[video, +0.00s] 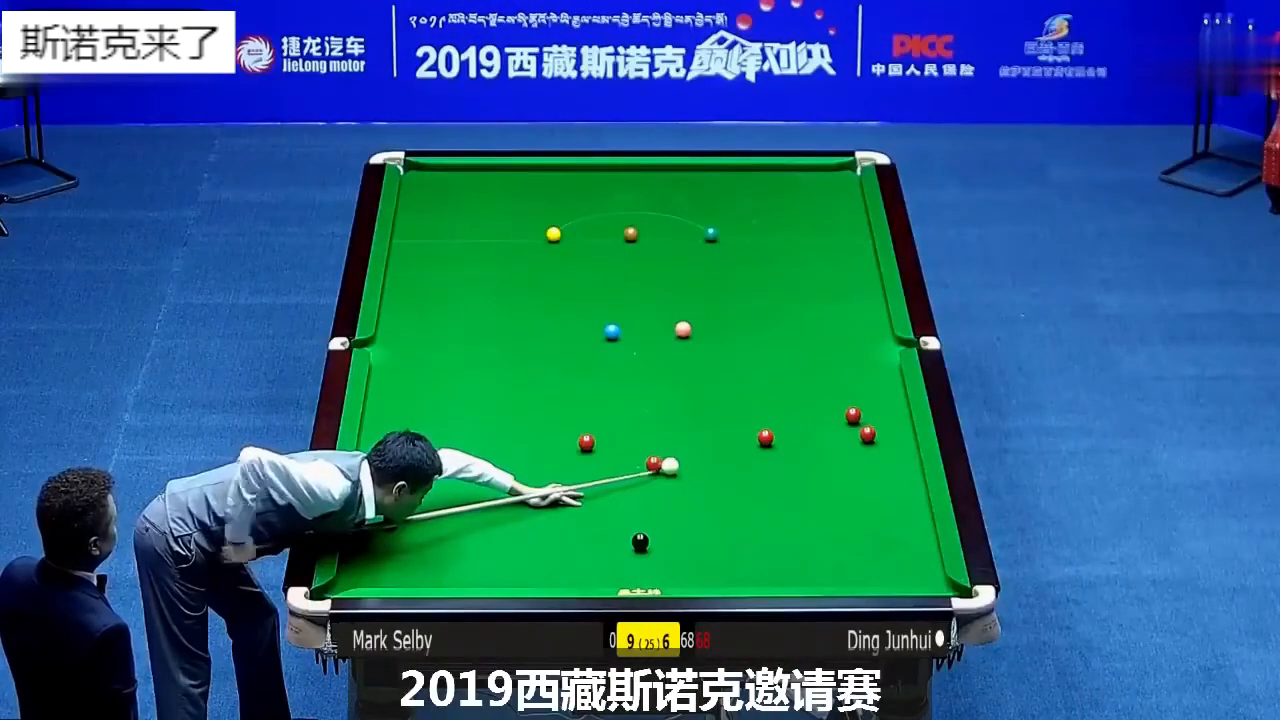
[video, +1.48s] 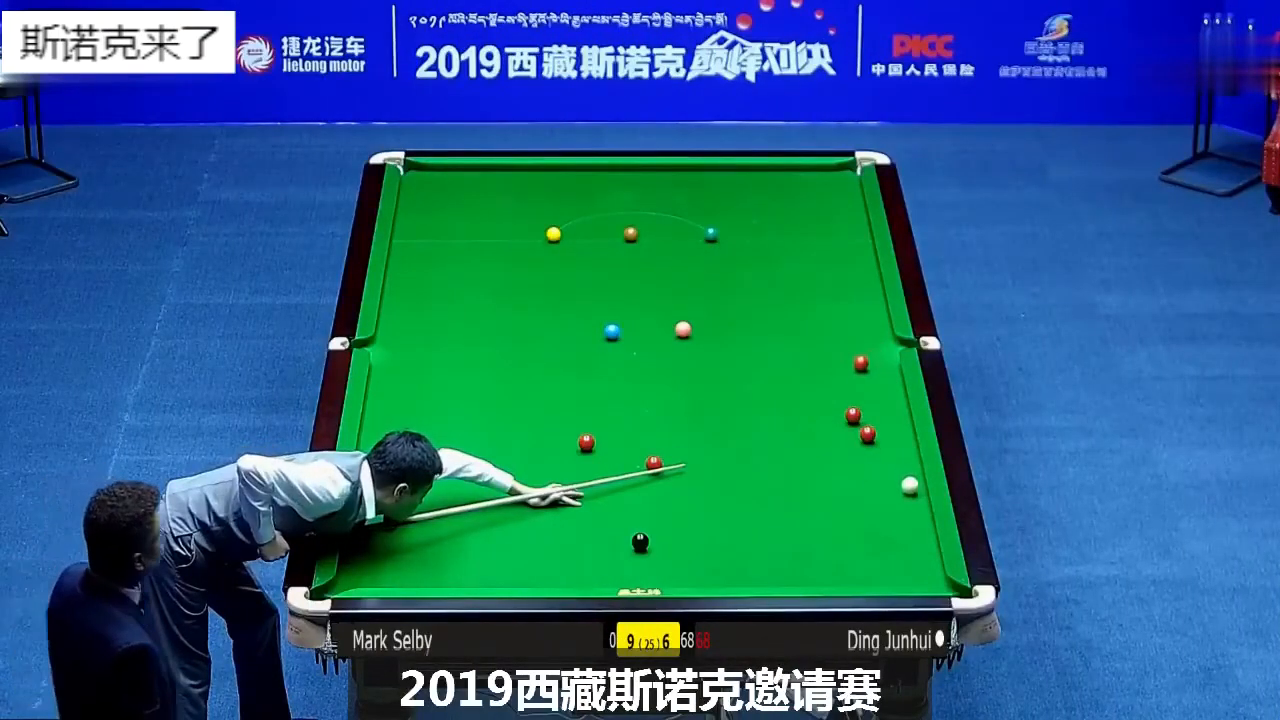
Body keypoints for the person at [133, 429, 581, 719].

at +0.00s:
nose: (420, 503)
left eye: (422, 494)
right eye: (418, 495)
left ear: (395, 479)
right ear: (396, 488)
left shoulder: (380, 471)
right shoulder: (329, 492)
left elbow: (456, 462)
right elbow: (253, 460)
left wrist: (524, 489)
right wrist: (242, 538)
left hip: (211, 538)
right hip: (172, 537)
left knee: (256, 625)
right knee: (187, 673)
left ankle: (266, 718)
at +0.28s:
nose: (419, 504)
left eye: (422, 495)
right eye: (418, 496)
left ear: (393, 479)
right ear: (395, 489)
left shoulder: (377, 473)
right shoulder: (331, 491)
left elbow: (454, 462)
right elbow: (253, 469)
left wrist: (522, 489)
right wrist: (266, 535)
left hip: (212, 538)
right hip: (173, 538)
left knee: (257, 626)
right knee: (187, 676)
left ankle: (266, 718)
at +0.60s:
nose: (420, 502)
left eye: (422, 493)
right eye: (418, 495)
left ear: (393, 479)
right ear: (395, 489)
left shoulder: (378, 472)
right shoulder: (331, 491)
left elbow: (454, 462)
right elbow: (253, 469)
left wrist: (523, 489)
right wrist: (266, 536)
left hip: (211, 538)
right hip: (173, 538)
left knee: (257, 627)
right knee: (187, 677)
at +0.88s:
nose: (420, 502)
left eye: (422, 493)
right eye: (418, 494)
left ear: (393, 479)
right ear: (395, 489)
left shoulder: (377, 472)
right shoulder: (331, 491)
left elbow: (454, 462)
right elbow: (252, 469)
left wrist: (523, 489)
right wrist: (266, 536)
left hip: (211, 538)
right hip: (173, 538)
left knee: (257, 627)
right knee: (187, 677)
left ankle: (266, 719)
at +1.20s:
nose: (419, 502)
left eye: (422, 493)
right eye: (418, 494)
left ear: (392, 477)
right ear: (396, 489)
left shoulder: (376, 471)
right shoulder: (330, 491)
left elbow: (454, 462)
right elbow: (252, 470)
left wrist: (523, 489)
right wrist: (267, 536)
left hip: (210, 534)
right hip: (174, 537)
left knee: (257, 624)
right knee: (187, 673)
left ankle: (266, 719)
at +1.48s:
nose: (419, 502)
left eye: (422, 493)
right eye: (418, 495)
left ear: (393, 476)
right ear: (397, 489)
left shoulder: (379, 470)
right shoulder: (331, 492)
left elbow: (457, 463)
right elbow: (252, 469)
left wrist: (524, 491)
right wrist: (267, 534)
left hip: (214, 536)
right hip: (181, 538)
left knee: (258, 624)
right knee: (189, 674)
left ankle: (266, 716)